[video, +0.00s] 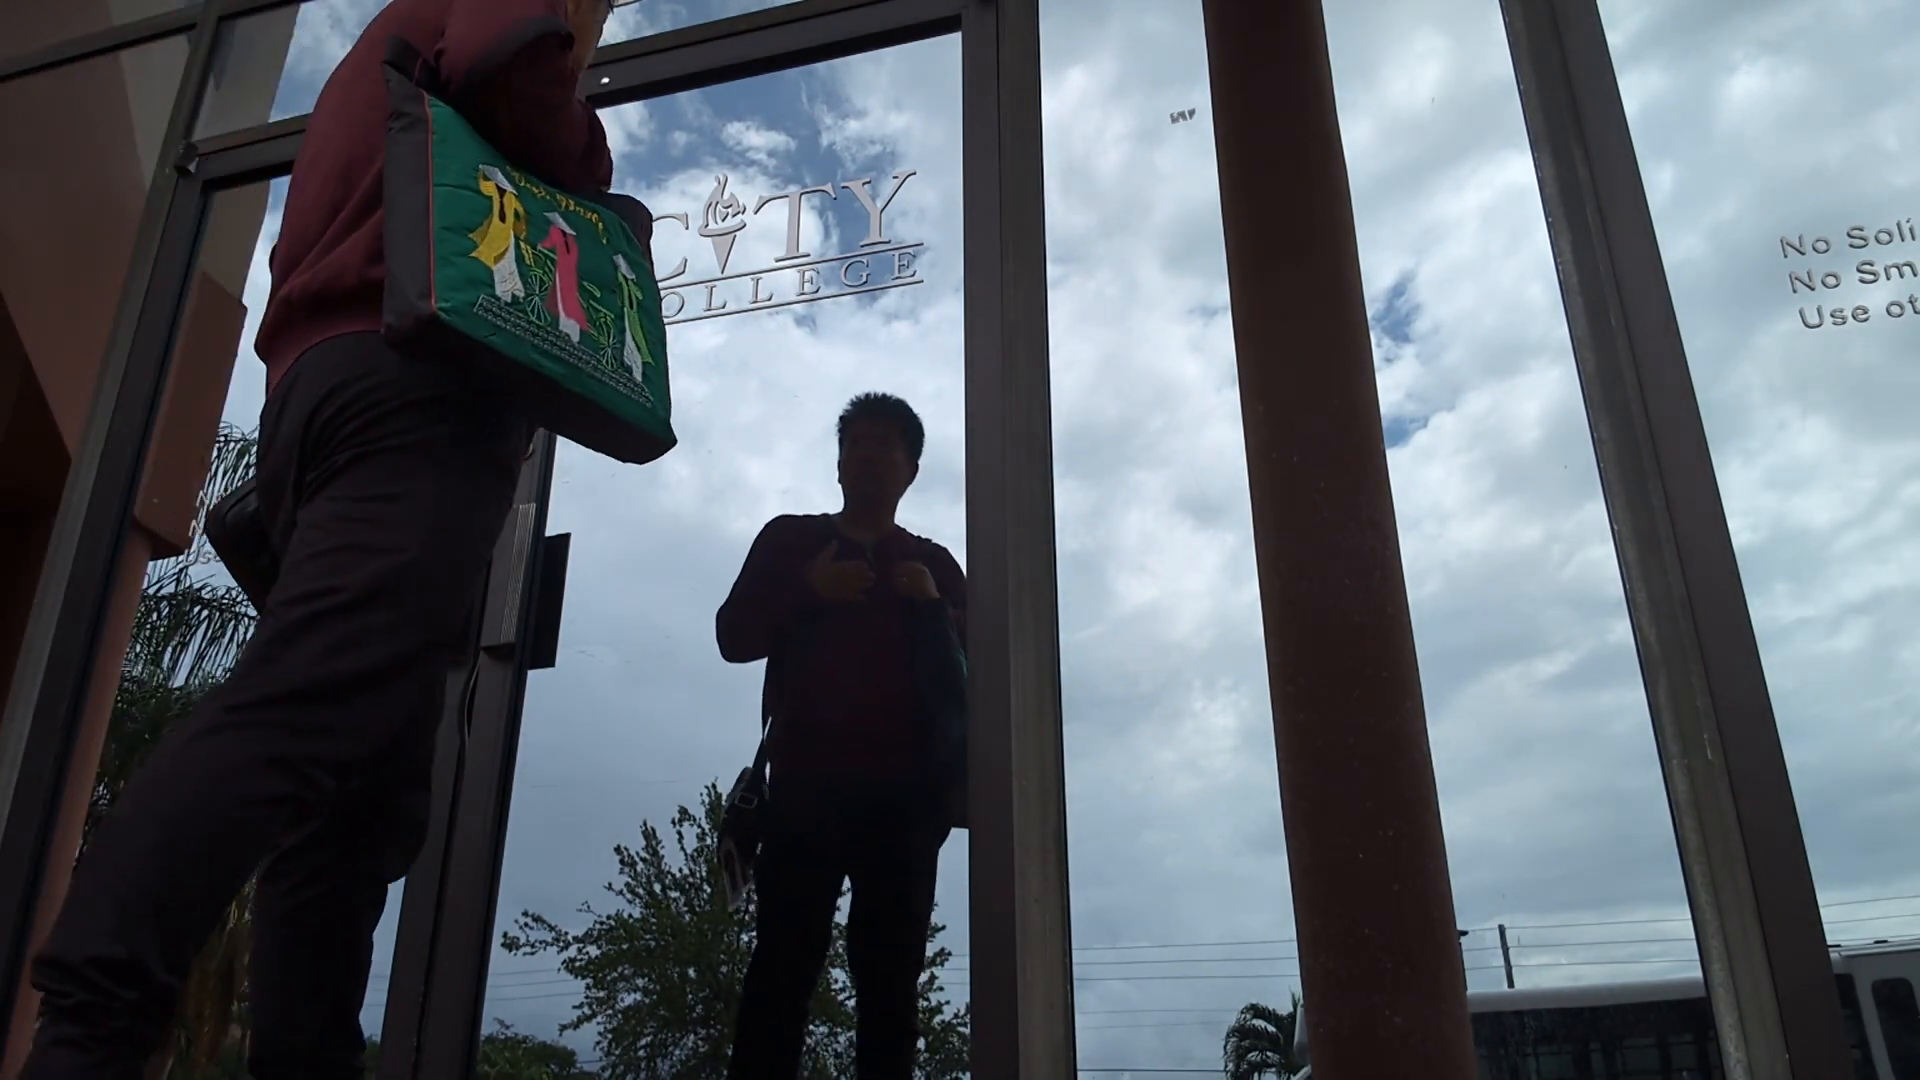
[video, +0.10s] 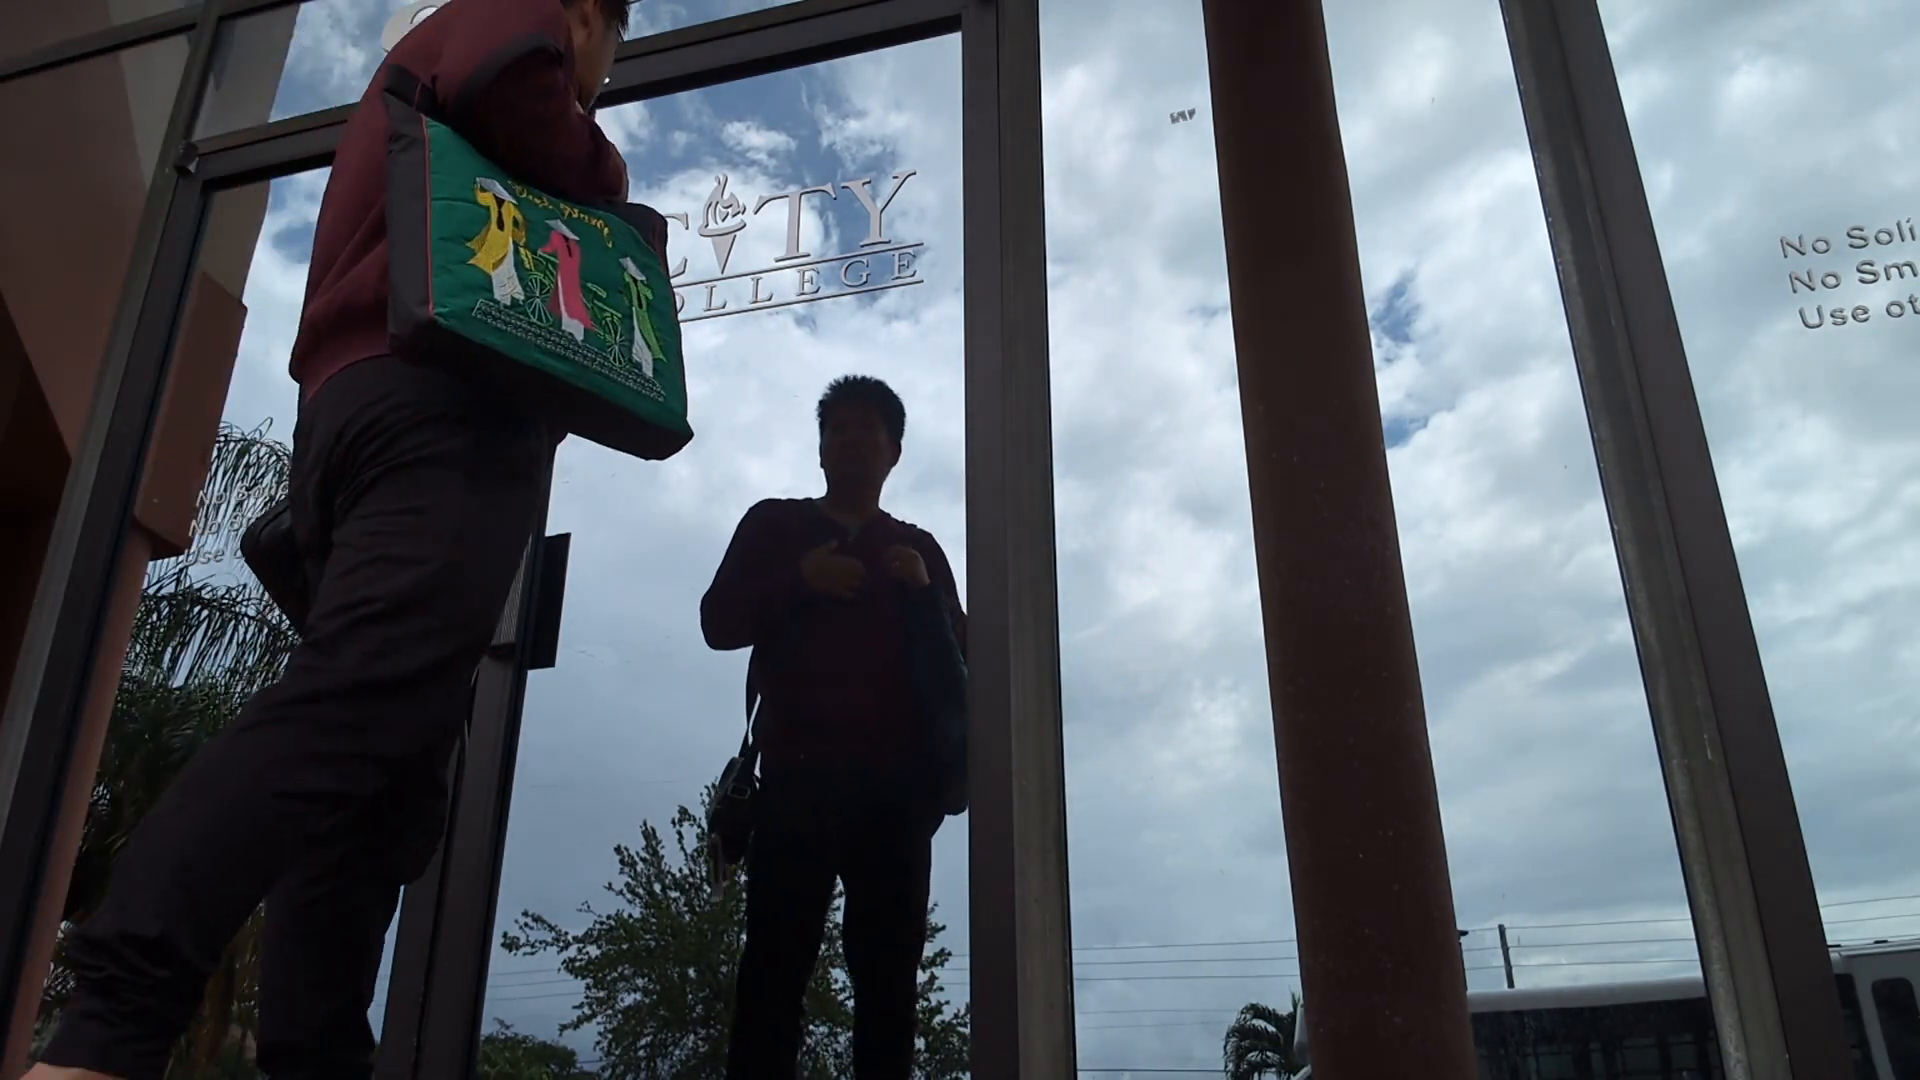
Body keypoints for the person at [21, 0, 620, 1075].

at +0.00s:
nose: (587, 54)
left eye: (589, 41)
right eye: (586, 33)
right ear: (557, 5)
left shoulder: (353, 89)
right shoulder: (483, 3)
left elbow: (305, 273)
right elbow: (504, 59)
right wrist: (588, 179)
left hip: (306, 413)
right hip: (413, 379)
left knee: (361, 804)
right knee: (293, 729)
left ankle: (303, 1059)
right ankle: (83, 1037)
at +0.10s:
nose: (606, 65)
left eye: (611, 49)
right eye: (608, 37)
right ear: (576, 5)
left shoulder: (395, 103)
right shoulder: (500, 11)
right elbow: (514, 83)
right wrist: (602, 185)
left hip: (340, 437)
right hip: (442, 400)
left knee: (381, 797)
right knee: (344, 722)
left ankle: (313, 1055)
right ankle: (99, 1035)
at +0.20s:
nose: (613, 97)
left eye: (617, 82)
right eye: (618, 67)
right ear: (587, 31)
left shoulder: (424, 128)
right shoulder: (523, 30)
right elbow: (514, 110)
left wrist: (619, 258)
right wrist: (614, 194)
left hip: (379, 447)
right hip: (463, 423)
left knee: (404, 785)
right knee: (388, 737)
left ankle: (320, 1057)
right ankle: (132, 1031)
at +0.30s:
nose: (630, 127)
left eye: (632, 112)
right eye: (631, 100)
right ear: (598, 56)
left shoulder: (441, 159)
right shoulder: (533, 59)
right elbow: (501, 126)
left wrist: (626, 270)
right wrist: (619, 205)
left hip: (405, 458)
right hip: (483, 443)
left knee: (393, 749)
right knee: (453, 737)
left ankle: (324, 1054)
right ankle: (165, 1019)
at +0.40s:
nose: (648, 148)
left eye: (654, 130)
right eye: (651, 119)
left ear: (601, 97)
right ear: (609, 79)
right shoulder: (537, 77)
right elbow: (479, 135)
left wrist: (654, 276)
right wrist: (618, 213)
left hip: (440, 465)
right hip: (489, 445)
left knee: (415, 752)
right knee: (525, 715)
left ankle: (335, 1057)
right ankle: (216, 1003)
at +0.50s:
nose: (661, 159)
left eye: (669, 142)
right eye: (666, 129)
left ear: (611, 106)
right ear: (619, 86)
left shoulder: (579, 203)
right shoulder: (538, 91)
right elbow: (486, 155)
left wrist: (654, 272)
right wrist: (633, 223)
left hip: (476, 464)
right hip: (498, 452)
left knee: (417, 755)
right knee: (555, 714)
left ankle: (344, 1046)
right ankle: (270, 1020)